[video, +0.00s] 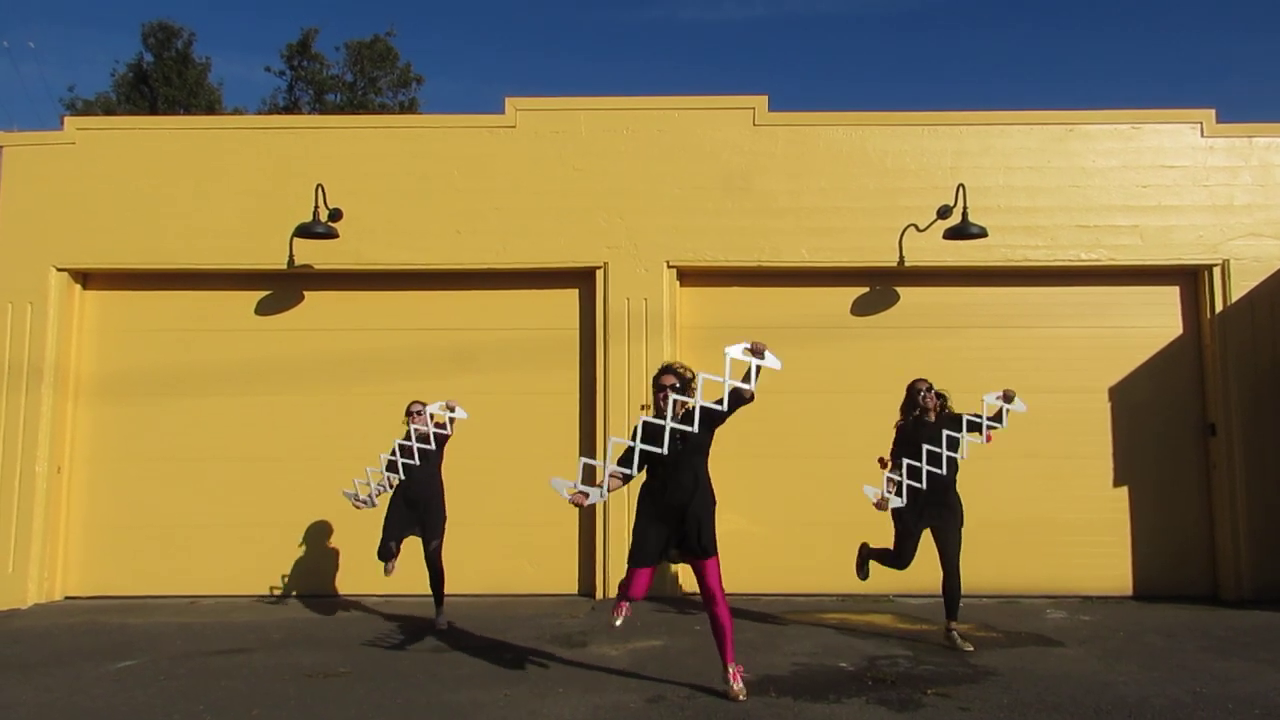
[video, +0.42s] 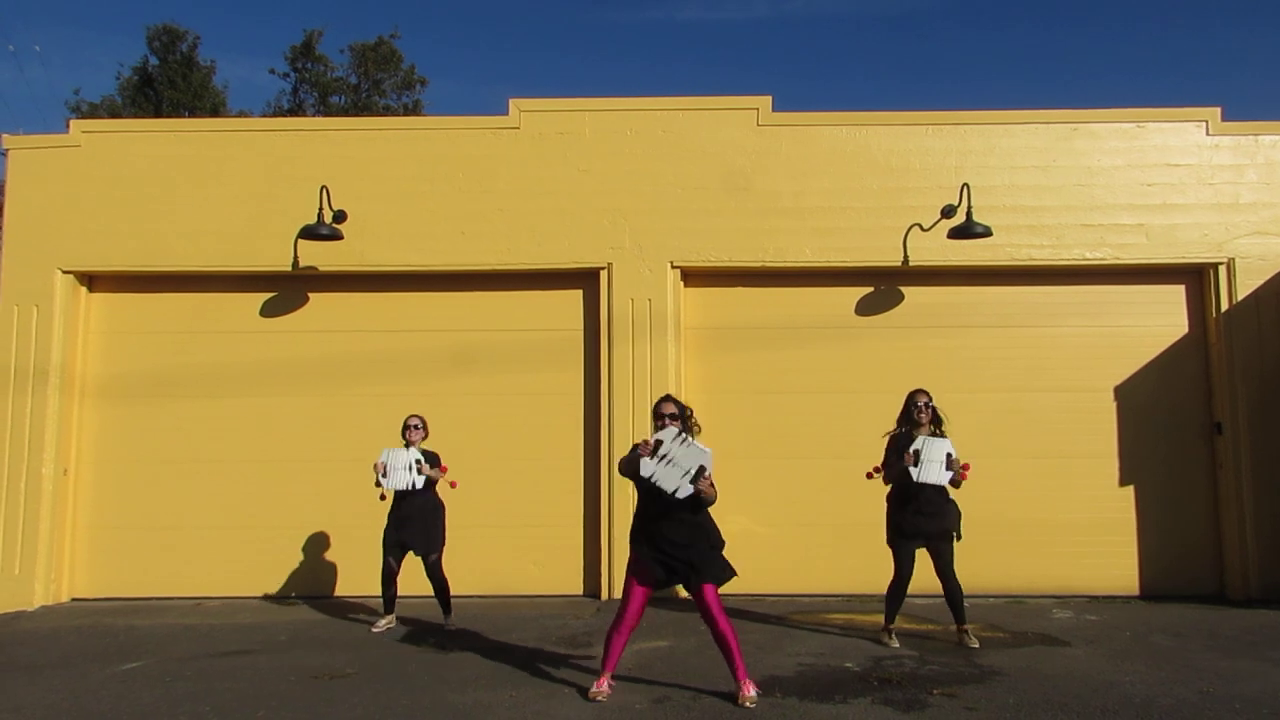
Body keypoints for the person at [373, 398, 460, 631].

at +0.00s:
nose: (416, 417)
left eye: (420, 413)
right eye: (411, 414)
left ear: (428, 416)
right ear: (407, 419)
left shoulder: (437, 437)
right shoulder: (401, 446)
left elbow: (447, 429)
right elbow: (389, 480)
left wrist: (451, 411)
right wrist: (370, 499)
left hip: (431, 503)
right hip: (402, 503)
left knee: (433, 558)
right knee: (384, 554)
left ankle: (439, 612)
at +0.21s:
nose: (418, 418)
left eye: (422, 414)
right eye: (414, 415)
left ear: (429, 418)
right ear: (407, 420)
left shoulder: (436, 440)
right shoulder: (402, 448)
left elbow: (450, 432)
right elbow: (391, 477)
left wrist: (449, 414)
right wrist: (373, 494)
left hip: (434, 505)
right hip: (406, 505)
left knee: (437, 558)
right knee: (381, 550)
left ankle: (445, 612)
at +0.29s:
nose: (413, 418)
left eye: (418, 415)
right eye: (409, 415)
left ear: (427, 418)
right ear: (404, 420)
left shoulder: (435, 439)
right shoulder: (400, 447)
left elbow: (443, 445)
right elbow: (389, 469)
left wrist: (429, 439)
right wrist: (378, 480)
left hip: (432, 504)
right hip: (404, 504)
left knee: (436, 556)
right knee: (385, 552)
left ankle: (447, 609)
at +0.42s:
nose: (412, 431)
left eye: (417, 427)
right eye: (408, 428)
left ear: (424, 432)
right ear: (403, 432)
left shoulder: (430, 457)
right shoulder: (396, 457)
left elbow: (439, 476)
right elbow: (385, 484)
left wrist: (427, 472)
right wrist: (380, 474)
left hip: (428, 516)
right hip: (400, 515)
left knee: (433, 569)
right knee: (389, 567)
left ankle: (448, 616)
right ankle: (389, 615)